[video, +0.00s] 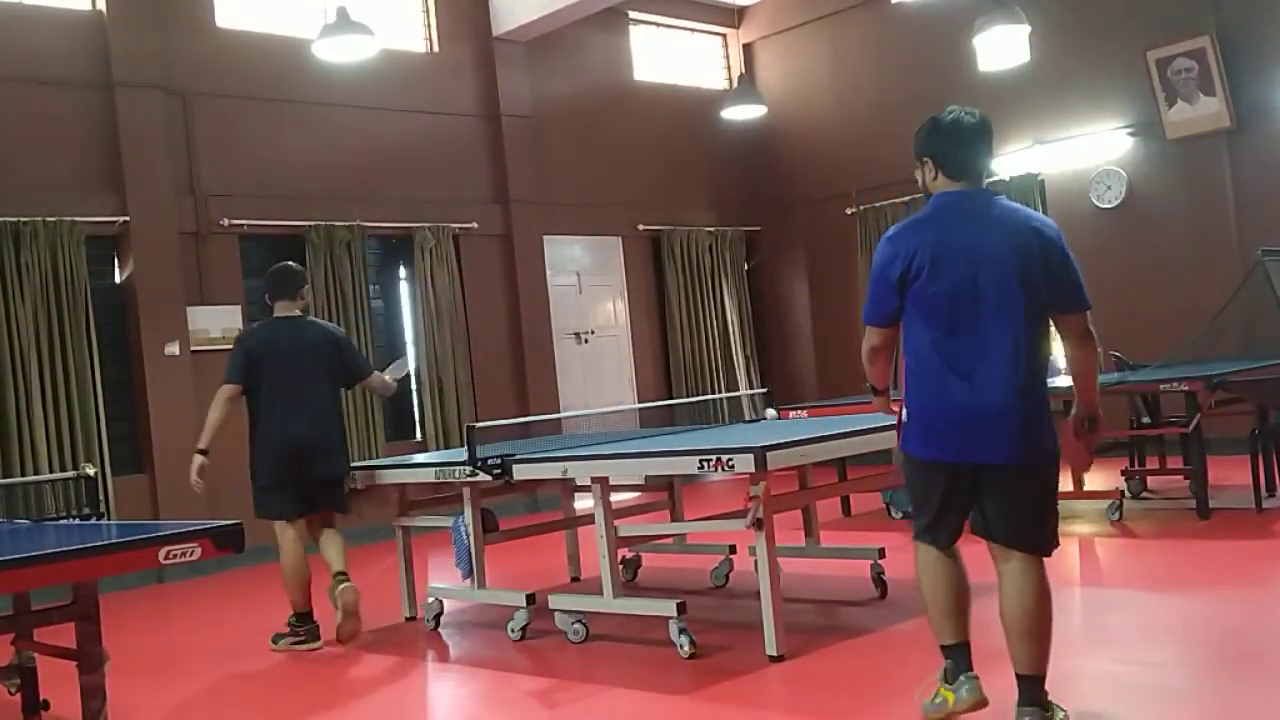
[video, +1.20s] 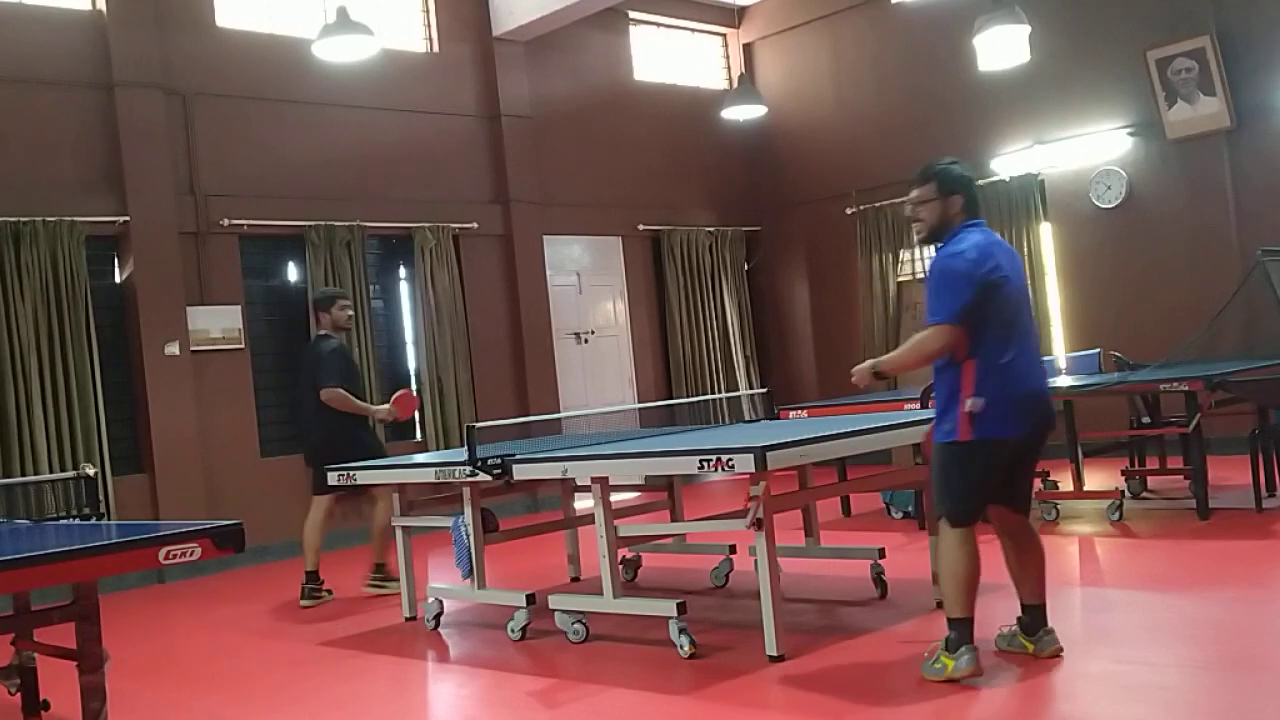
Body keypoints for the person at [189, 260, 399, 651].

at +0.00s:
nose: (309, 296)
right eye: (308, 291)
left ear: (268, 297)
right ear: (305, 295)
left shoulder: (251, 340)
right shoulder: (328, 335)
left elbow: (228, 394)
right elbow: (377, 383)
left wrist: (201, 450)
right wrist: (390, 380)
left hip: (275, 452)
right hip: (324, 447)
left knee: (288, 531)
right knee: (326, 523)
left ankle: (304, 625)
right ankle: (341, 581)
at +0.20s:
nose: (303, 310)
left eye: (300, 304)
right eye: (303, 305)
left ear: (266, 306)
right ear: (299, 306)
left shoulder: (242, 344)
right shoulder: (315, 344)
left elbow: (210, 393)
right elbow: (356, 391)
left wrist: (191, 437)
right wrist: (377, 401)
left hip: (263, 455)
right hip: (310, 452)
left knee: (283, 534)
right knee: (305, 526)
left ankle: (304, 622)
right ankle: (303, 614)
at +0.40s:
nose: (307, 316)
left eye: (305, 311)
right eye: (307, 311)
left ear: (269, 313)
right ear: (301, 312)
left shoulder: (245, 349)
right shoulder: (316, 352)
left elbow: (216, 398)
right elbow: (345, 400)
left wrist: (202, 437)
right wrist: (373, 418)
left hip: (255, 461)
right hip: (302, 461)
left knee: (255, 529)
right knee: (295, 530)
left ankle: (285, 594)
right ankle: (280, 607)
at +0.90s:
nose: (321, 319)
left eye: (320, 313)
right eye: (317, 313)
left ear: (289, 318)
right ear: (298, 315)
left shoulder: (264, 358)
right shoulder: (317, 348)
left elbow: (255, 409)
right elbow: (344, 391)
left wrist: (249, 454)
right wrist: (375, 409)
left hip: (288, 449)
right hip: (320, 445)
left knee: (301, 514)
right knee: (318, 513)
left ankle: (308, 580)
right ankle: (291, 587)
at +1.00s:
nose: (328, 316)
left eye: (326, 310)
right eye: (322, 310)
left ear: (298, 317)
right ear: (301, 315)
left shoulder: (278, 354)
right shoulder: (319, 346)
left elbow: (271, 406)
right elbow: (338, 392)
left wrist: (268, 450)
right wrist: (376, 416)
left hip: (299, 447)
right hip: (331, 444)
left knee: (312, 509)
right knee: (349, 508)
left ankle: (310, 582)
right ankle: (310, 566)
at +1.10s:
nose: (338, 312)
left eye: (337, 307)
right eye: (332, 307)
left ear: (311, 315)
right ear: (312, 312)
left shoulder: (295, 347)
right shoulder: (323, 345)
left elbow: (295, 398)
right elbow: (333, 390)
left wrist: (296, 439)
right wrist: (373, 415)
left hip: (307, 440)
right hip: (337, 438)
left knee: (314, 505)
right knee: (377, 493)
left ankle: (310, 583)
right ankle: (337, 565)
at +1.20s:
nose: (350, 314)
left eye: (349, 308)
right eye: (343, 309)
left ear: (325, 317)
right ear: (323, 315)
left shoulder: (315, 348)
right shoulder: (332, 348)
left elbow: (325, 396)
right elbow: (330, 393)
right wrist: (373, 410)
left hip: (322, 442)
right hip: (349, 440)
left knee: (319, 506)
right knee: (383, 495)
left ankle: (311, 583)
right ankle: (379, 571)